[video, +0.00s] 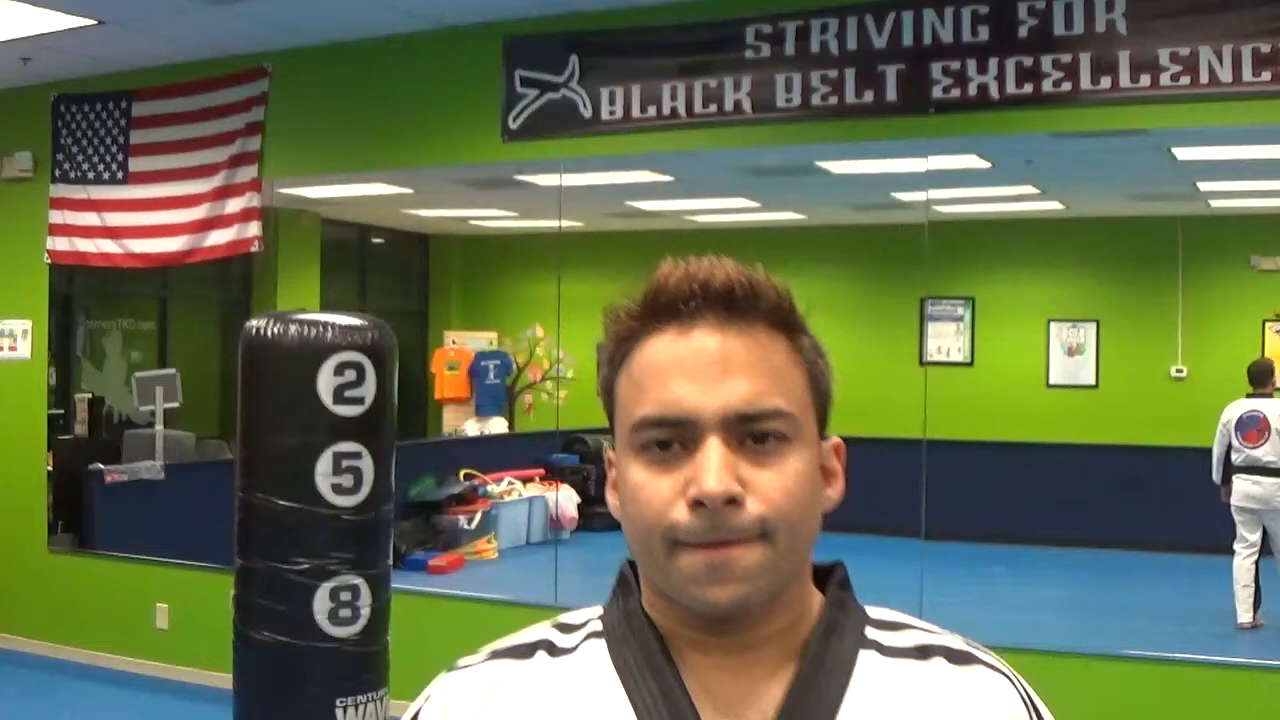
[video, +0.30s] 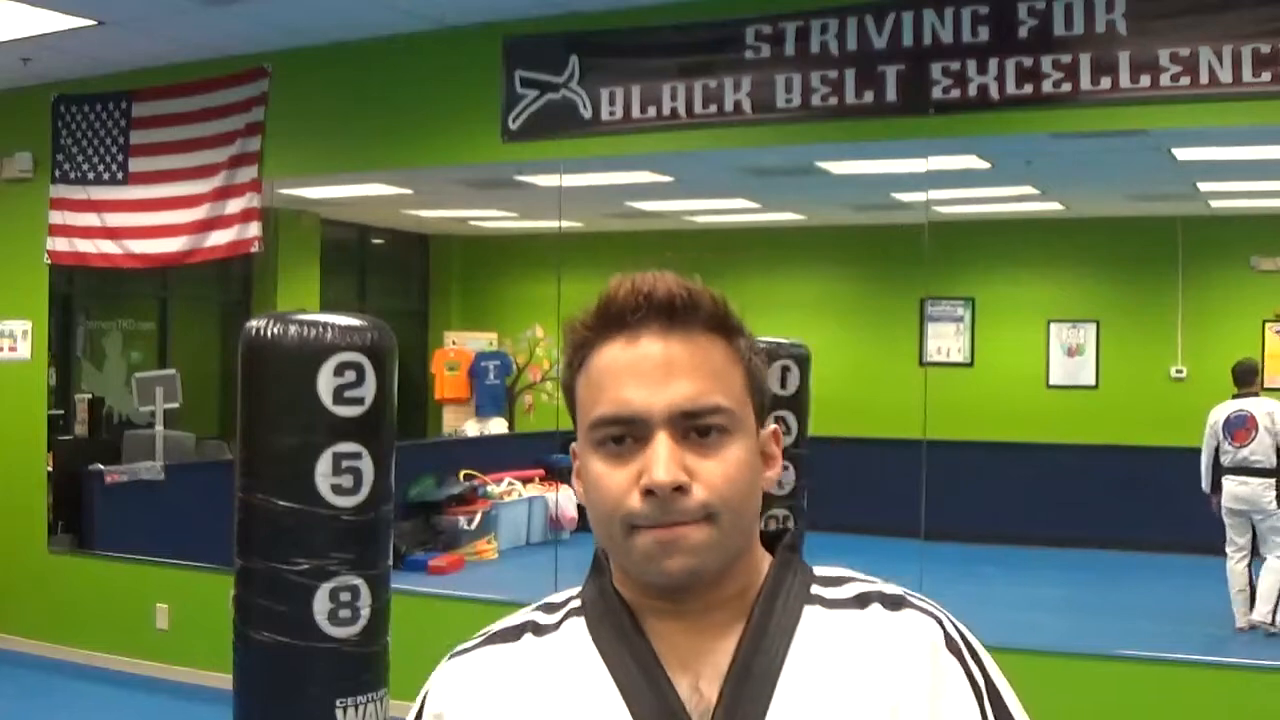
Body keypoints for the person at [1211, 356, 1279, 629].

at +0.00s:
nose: (1277, 379)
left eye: (1274, 375)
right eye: (1276, 376)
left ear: (1250, 380)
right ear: (1273, 381)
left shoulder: (1233, 409)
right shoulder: (1277, 407)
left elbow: (1219, 450)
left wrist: (1220, 480)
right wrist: (1221, 480)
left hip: (1242, 482)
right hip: (1272, 483)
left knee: (1245, 549)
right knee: (1277, 549)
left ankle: (1245, 616)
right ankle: (1248, 613)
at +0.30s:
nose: (1257, 381)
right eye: (1257, 377)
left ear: (1233, 381)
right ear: (1258, 380)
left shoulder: (1218, 412)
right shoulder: (1272, 408)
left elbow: (1207, 456)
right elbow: (1276, 447)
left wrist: (1208, 488)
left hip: (1231, 485)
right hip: (1265, 485)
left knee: (1236, 552)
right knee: (1273, 552)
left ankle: (1241, 618)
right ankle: (1263, 613)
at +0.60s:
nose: (1249, 383)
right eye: (1249, 380)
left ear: (1224, 384)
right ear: (1249, 383)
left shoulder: (1208, 415)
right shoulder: (1264, 413)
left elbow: (1195, 460)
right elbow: (1277, 452)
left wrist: (1195, 495)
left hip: (1220, 492)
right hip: (1251, 493)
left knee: (1226, 558)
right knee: (1249, 558)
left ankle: (1243, 615)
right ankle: (1224, 618)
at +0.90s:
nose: (1247, 384)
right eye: (1247, 380)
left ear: (1221, 381)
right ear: (1247, 382)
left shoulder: (1198, 409)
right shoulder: (1255, 414)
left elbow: (1185, 453)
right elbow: (1269, 462)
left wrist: (1186, 487)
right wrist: (1276, 503)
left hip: (1203, 491)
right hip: (1236, 495)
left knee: (1212, 559)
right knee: (1231, 561)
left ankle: (1231, 615)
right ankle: (1216, 629)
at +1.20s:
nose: (1233, 381)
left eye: (1229, 377)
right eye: (1232, 378)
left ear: (1205, 380)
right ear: (1230, 381)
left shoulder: (1183, 410)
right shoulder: (1237, 416)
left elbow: (1173, 454)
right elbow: (1253, 464)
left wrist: (1174, 487)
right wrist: (1267, 504)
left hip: (1188, 492)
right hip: (1220, 496)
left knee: (1183, 552)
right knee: (1215, 564)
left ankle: (1162, 614)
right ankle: (1213, 631)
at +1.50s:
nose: (1199, 385)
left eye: (1196, 381)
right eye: (1199, 381)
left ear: (1171, 384)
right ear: (1197, 384)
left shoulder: (1151, 417)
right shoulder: (1207, 418)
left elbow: (1147, 463)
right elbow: (1229, 462)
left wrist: (1156, 491)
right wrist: (1252, 494)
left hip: (1160, 499)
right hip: (1194, 501)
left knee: (1158, 561)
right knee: (1205, 567)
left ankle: (1143, 631)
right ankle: (1211, 632)